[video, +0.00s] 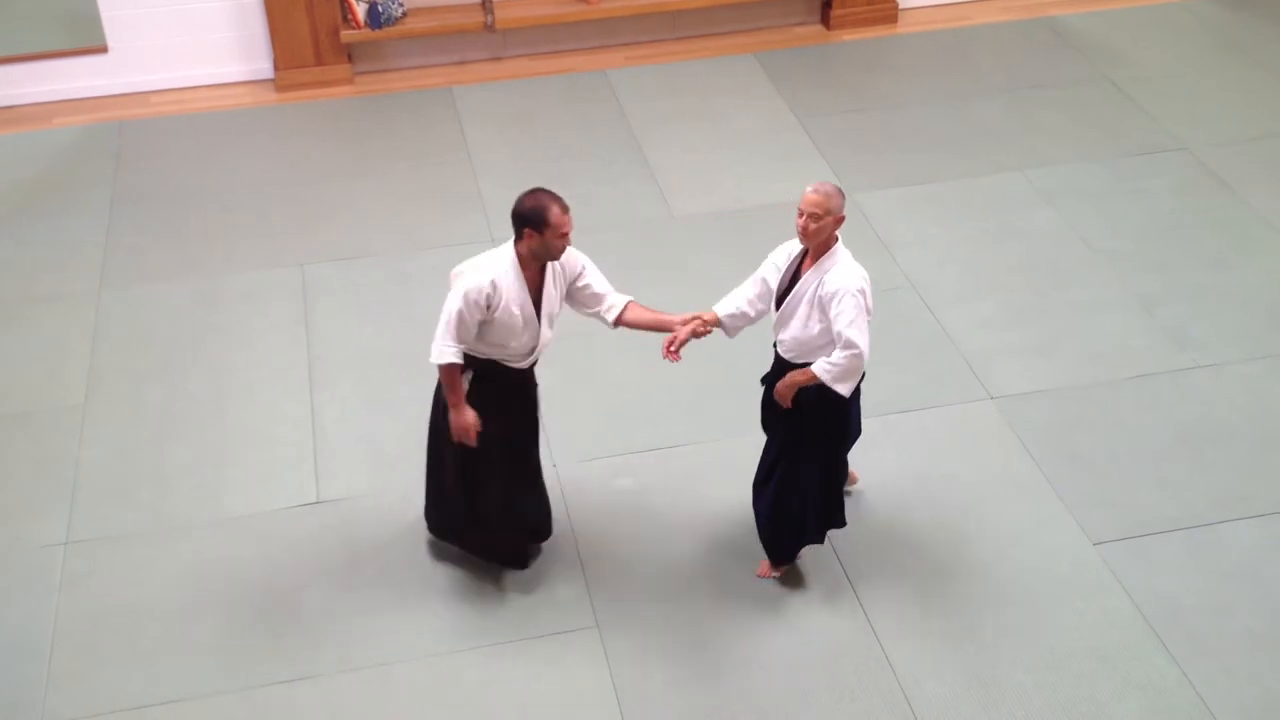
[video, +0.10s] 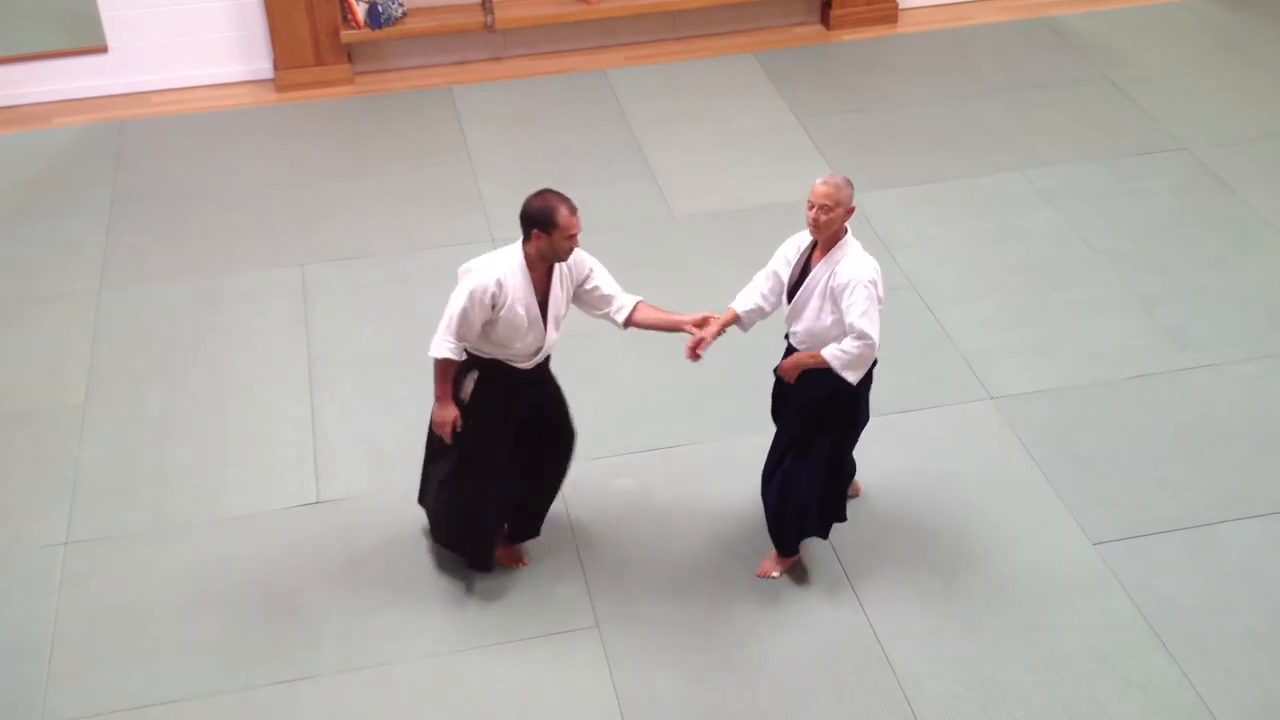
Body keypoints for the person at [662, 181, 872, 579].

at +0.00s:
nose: (803, 224)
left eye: (814, 218)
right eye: (800, 214)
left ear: (837, 223)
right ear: (796, 212)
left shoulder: (847, 281)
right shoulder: (789, 254)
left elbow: (852, 355)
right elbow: (751, 297)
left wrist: (796, 379)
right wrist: (700, 323)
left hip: (821, 391)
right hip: (785, 373)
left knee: (782, 474)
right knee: (792, 441)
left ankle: (782, 555)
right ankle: (838, 474)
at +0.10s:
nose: (814, 215)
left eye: (824, 209)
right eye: (810, 205)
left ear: (847, 213)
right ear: (806, 204)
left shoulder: (858, 271)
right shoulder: (798, 246)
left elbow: (863, 344)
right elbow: (764, 289)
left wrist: (805, 360)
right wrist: (720, 323)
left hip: (834, 380)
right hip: (796, 367)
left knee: (789, 466)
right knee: (809, 434)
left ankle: (786, 551)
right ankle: (841, 482)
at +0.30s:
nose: (838, 204)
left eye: (849, 198)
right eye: (834, 195)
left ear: (870, 201)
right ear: (828, 194)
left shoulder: (886, 256)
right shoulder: (819, 233)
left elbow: (886, 326)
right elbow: (791, 278)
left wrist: (830, 326)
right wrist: (768, 317)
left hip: (870, 356)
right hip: (826, 347)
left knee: (855, 435)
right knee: (804, 424)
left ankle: (846, 528)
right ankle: (826, 509)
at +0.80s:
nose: (931, 190)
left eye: (940, 186)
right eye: (929, 181)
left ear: (966, 189)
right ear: (926, 178)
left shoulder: (979, 241)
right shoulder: (920, 214)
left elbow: (948, 304)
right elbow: (889, 254)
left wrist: (893, 294)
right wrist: (853, 288)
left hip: (962, 333)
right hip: (915, 322)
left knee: (971, 399)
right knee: (873, 391)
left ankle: (988, 462)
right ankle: (856, 473)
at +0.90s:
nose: (947, 187)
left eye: (956, 183)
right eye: (947, 179)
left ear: (984, 185)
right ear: (945, 174)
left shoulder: (996, 236)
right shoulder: (940, 207)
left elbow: (962, 294)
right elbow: (904, 246)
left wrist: (897, 286)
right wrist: (863, 279)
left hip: (973, 332)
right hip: (929, 321)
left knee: (971, 403)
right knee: (893, 392)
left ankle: (988, 461)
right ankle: (866, 467)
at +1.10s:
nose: (969, 179)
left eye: (978, 174)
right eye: (968, 170)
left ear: (1006, 177)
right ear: (968, 165)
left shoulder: (1014, 228)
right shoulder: (965, 197)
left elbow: (966, 277)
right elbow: (923, 230)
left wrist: (900, 270)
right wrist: (872, 264)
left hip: (986, 323)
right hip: (944, 311)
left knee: (978, 397)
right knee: (907, 376)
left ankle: (987, 463)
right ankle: (891, 443)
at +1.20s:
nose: (971, 175)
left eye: (980, 170)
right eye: (970, 166)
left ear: (1008, 173)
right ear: (971, 161)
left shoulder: (1014, 224)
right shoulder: (965, 194)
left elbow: (966, 269)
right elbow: (923, 227)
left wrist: (895, 264)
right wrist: (869, 259)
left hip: (989, 320)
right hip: (947, 306)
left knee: (980, 395)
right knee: (908, 372)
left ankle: (988, 461)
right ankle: (893, 435)